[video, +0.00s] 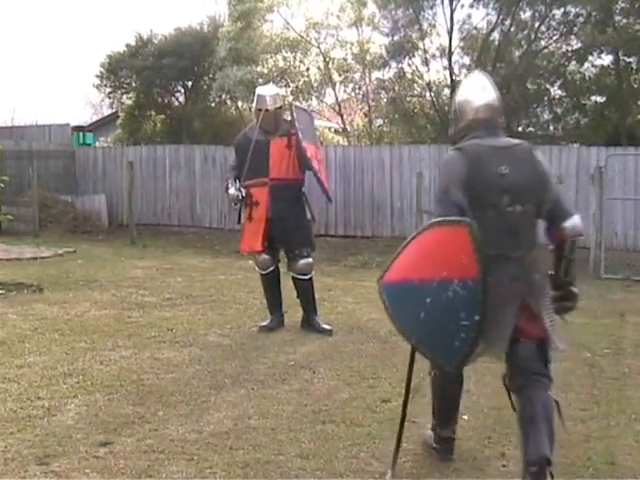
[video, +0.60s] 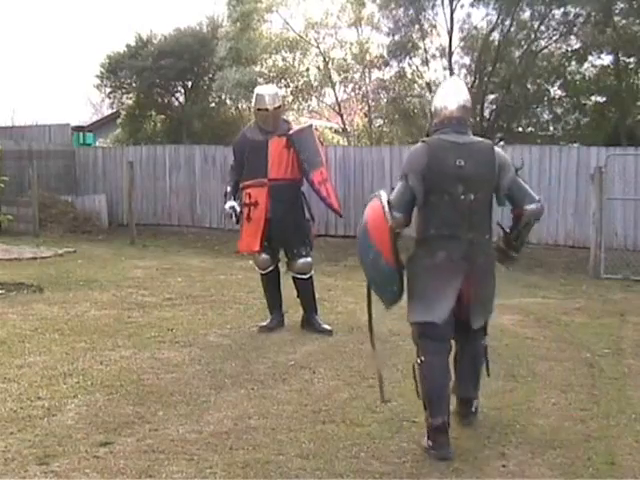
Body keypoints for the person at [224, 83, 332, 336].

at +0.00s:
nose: (269, 116)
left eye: (273, 110)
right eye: (264, 111)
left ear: (282, 109)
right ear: (256, 111)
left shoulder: (293, 135)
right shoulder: (246, 139)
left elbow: (308, 164)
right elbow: (234, 170)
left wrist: (301, 144)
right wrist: (233, 186)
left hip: (292, 206)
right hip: (260, 209)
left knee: (302, 261)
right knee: (264, 260)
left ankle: (310, 316)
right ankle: (275, 315)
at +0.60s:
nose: (267, 116)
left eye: (271, 110)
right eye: (261, 111)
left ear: (280, 109)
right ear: (254, 111)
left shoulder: (293, 135)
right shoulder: (244, 140)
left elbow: (312, 166)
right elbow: (235, 175)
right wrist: (231, 199)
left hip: (291, 207)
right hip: (258, 210)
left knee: (302, 262)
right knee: (264, 261)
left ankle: (310, 316)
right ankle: (276, 315)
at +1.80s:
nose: (268, 118)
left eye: (273, 114)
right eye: (264, 113)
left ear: (278, 113)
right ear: (254, 110)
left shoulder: (286, 137)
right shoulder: (238, 134)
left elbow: (300, 169)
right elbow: (221, 164)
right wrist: (226, 174)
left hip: (277, 200)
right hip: (247, 200)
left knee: (275, 257)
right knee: (252, 252)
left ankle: (259, 303)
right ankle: (263, 305)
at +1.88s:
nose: (268, 118)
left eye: (273, 114)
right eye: (264, 113)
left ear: (279, 114)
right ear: (255, 110)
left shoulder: (286, 137)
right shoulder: (239, 133)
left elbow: (299, 171)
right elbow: (221, 163)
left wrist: (293, 146)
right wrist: (226, 174)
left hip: (275, 201)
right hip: (245, 200)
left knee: (271, 256)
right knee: (249, 251)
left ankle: (260, 305)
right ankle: (255, 305)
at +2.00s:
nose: (270, 118)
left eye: (275, 113)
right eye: (266, 112)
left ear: (281, 113)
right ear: (257, 108)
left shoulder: (286, 137)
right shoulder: (239, 130)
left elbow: (297, 171)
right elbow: (219, 159)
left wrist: (293, 148)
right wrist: (226, 170)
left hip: (273, 202)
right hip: (242, 200)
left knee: (268, 255)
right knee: (241, 251)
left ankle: (258, 307)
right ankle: (243, 307)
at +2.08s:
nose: (271, 117)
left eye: (276, 113)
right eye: (267, 111)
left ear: (282, 114)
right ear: (258, 109)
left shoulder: (287, 138)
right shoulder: (239, 130)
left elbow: (297, 172)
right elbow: (219, 158)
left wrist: (293, 148)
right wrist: (224, 168)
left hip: (271, 203)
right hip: (240, 200)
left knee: (265, 257)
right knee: (236, 252)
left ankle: (257, 308)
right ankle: (234, 308)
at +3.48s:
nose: (206, 117)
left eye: (209, 112)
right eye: (201, 112)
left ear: (215, 112)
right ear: (189, 111)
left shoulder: (221, 137)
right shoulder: (175, 137)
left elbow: (237, 172)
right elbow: (153, 169)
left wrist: (239, 148)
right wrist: (165, 171)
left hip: (222, 198)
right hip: (193, 201)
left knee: (236, 254)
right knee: (193, 256)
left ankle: (232, 309)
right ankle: (195, 311)